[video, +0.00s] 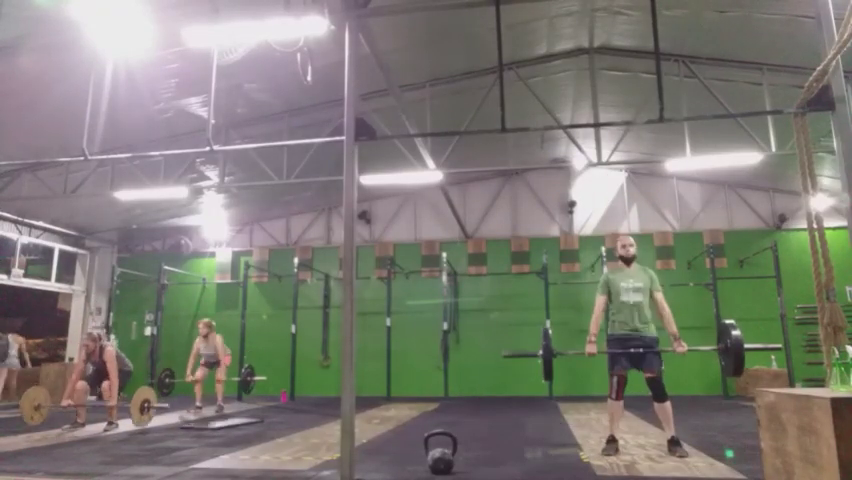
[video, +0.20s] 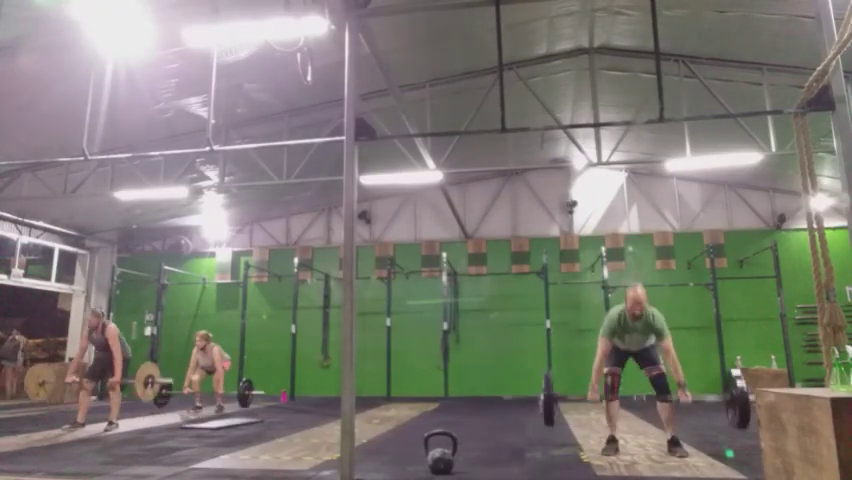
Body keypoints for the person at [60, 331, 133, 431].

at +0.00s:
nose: (85, 348)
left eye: (88, 345)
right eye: (84, 345)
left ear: (96, 344)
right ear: (83, 344)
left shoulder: (108, 351)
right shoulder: (85, 351)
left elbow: (114, 376)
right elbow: (76, 374)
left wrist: (114, 400)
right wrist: (67, 397)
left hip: (121, 370)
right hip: (102, 370)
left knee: (106, 387)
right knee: (80, 387)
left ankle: (112, 421)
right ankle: (80, 420)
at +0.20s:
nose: (88, 321)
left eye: (91, 319)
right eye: (88, 318)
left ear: (99, 320)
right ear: (88, 319)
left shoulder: (110, 329)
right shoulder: (88, 331)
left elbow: (117, 354)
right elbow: (81, 352)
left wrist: (117, 377)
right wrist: (70, 373)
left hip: (118, 357)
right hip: (101, 357)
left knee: (113, 385)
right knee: (86, 384)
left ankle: (113, 420)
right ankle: (80, 420)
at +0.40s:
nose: (93, 309)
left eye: (96, 306)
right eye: (91, 306)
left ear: (104, 305)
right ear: (90, 306)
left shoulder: (112, 316)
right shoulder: (92, 318)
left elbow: (119, 337)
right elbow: (85, 338)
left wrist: (120, 358)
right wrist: (74, 358)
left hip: (110, 357)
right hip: (95, 357)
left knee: (111, 386)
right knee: (86, 386)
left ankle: (113, 420)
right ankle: (80, 420)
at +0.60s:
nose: (82, 350)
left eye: (84, 347)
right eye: (80, 347)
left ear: (92, 344)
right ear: (78, 346)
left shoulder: (104, 350)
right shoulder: (81, 353)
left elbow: (111, 374)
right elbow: (73, 375)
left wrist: (112, 400)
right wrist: (63, 398)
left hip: (118, 371)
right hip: (99, 372)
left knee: (104, 388)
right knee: (77, 388)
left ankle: (112, 421)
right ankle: (80, 420)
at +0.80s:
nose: (92, 311)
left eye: (94, 308)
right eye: (90, 308)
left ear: (102, 307)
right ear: (89, 308)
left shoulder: (111, 317)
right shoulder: (90, 319)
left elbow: (119, 339)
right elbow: (83, 337)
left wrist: (119, 360)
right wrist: (74, 354)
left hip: (112, 356)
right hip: (97, 356)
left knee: (112, 384)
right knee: (88, 385)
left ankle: (112, 420)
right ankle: (80, 420)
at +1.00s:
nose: (93, 311)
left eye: (96, 308)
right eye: (92, 308)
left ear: (104, 307)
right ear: (91, 308)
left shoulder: (111, 317)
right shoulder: (91, 319)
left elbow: (119, 339)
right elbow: (84, 339)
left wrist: (120, 361)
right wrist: (74, 358)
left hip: (111, 358)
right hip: (96, 358)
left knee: (111, 384)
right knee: (85, 385)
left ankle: (112, 420)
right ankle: (80, 420)